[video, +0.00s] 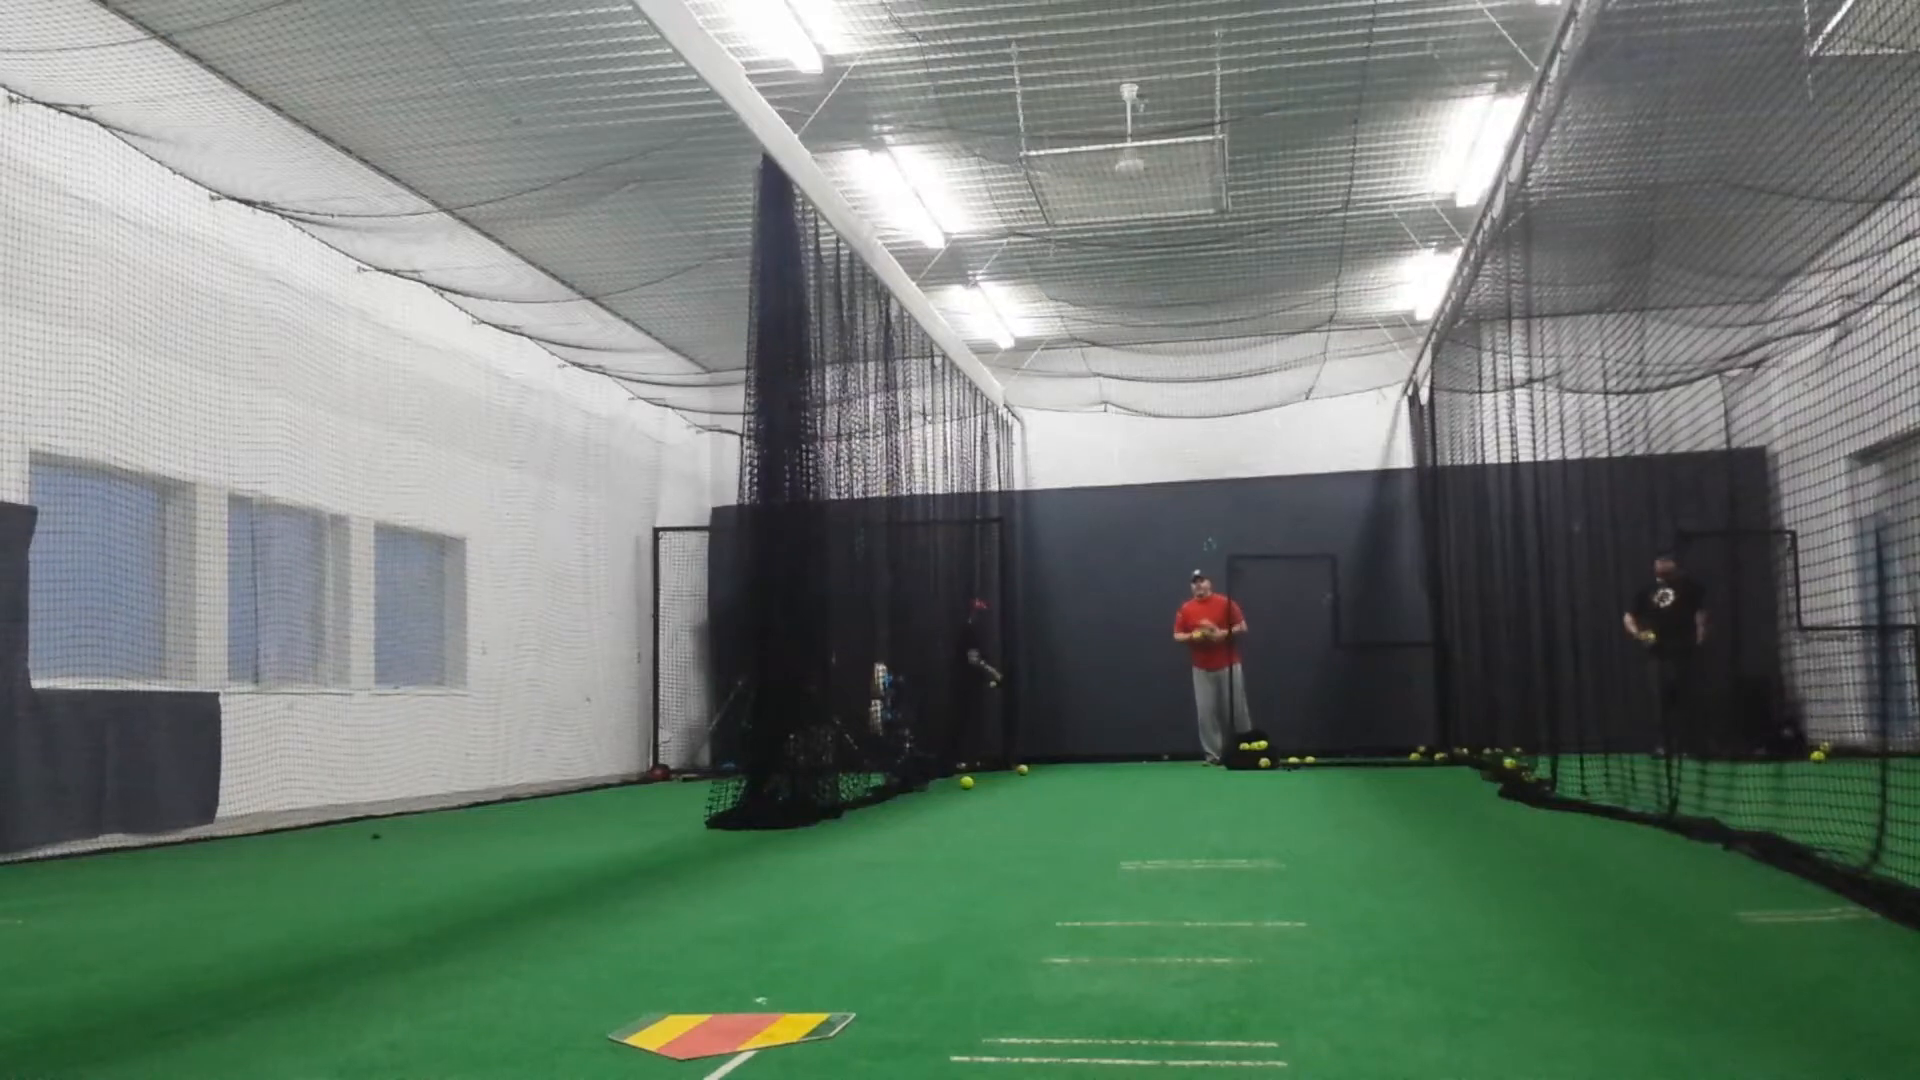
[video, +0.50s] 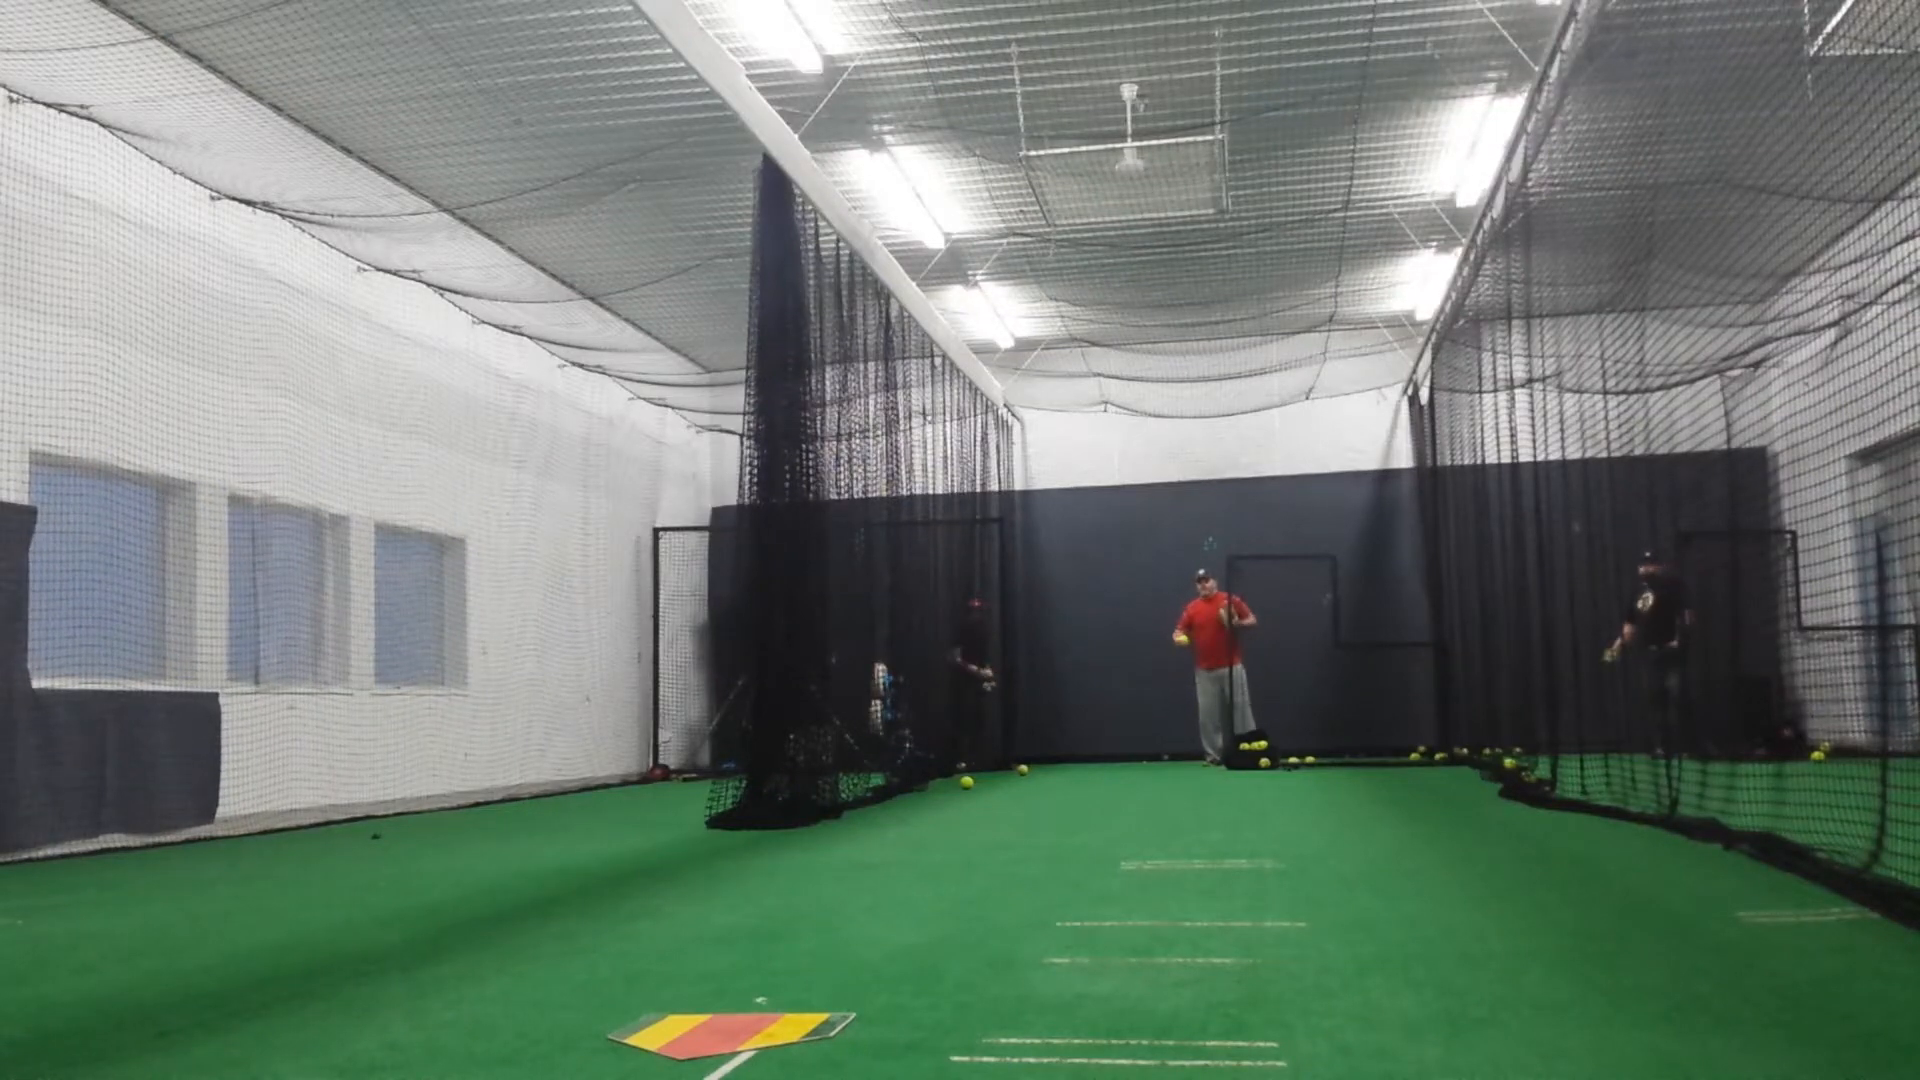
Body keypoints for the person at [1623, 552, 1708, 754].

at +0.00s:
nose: (1664, 575)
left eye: (1668, 571)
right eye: (1660, 571)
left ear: (1676, 569)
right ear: (1655, 570)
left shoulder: (1689, 588)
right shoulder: (1647, 591)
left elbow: (1700, 614)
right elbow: (1629, 617)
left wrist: (1700, 636)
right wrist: (1638, 633)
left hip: (1684, 646)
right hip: (1658, 648)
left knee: (1686, 694)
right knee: (1660, 696)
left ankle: (1687, 742)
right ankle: (1662, 743)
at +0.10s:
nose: (1657, 579)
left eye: (1662, 574)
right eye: (1653, 575)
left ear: (1671, 572)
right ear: (1649, 574)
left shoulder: (1683, 590)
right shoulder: (1643, 592)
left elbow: (1694, 613)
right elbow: (1626, 617)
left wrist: (1693, 634)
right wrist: (1636, 635)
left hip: (1679, 645)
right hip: (1654, 647)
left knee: (1683, 693)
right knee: (1657, 696)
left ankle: (1686, 741)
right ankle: (1660, 743)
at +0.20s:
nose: (1655, 569)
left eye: (1660, 564)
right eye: (1651, 564)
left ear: (1668, 566)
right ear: (1647, 566)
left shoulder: (1680, 589)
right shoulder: (1641, 591)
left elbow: (1690, 612)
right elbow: (1626, 618)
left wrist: (1688, 634)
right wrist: (1633, 637)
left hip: (1675, 644)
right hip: (1650, 647)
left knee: (1680, 692)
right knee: (1654, 695)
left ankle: (1685, 741)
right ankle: (1659, 743)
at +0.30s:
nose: (1652, 569)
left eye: (1657, 564)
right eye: (1648, 564)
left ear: (1667, 567)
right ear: (1644, 566)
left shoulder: (1678, 589)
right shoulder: (1639, 591)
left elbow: (1688, 612)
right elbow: (1627, 618)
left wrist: (1688, 633)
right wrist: (1630, 638)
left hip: (1675, 644)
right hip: (1649, 647)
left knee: (1679, 692)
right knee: (1654, 695)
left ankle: (1685, 742)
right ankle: (1659, 743)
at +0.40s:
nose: (1650, 570)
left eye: (1655, 565)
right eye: (1646, 565)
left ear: (1665, 567)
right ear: (1641, 567)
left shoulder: (1676, 589)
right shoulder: (1639, 592)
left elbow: (1687, 613)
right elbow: (1630, 621)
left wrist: (1686, 636)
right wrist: (1628, 642)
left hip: (1674, 645)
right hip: (1648, 647)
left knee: (1677, 694)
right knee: (1653, 696)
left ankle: (1682, 742)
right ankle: (1659, 743)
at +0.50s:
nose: (1646, 572)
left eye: (1651, 567)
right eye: (1642, 567)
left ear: (1661, 568)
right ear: (1639, 569)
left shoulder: (1674, 590)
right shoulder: (1641, 594)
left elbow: (1685, 617)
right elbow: (1631, 626)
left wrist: (1679, 640)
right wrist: (1617, 647)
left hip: (1672, 649)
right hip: (1649, 650)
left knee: (1677, 695)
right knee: (1653, 697)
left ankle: (1683, 743)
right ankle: (1659, 744)